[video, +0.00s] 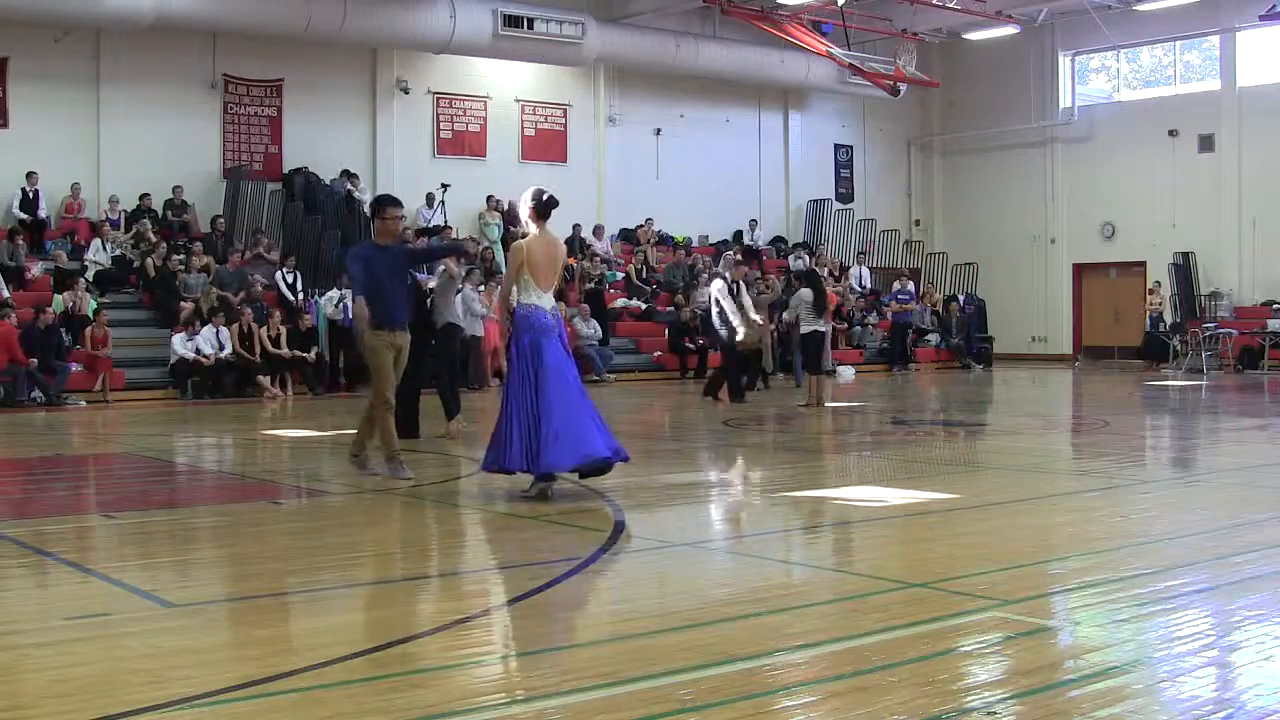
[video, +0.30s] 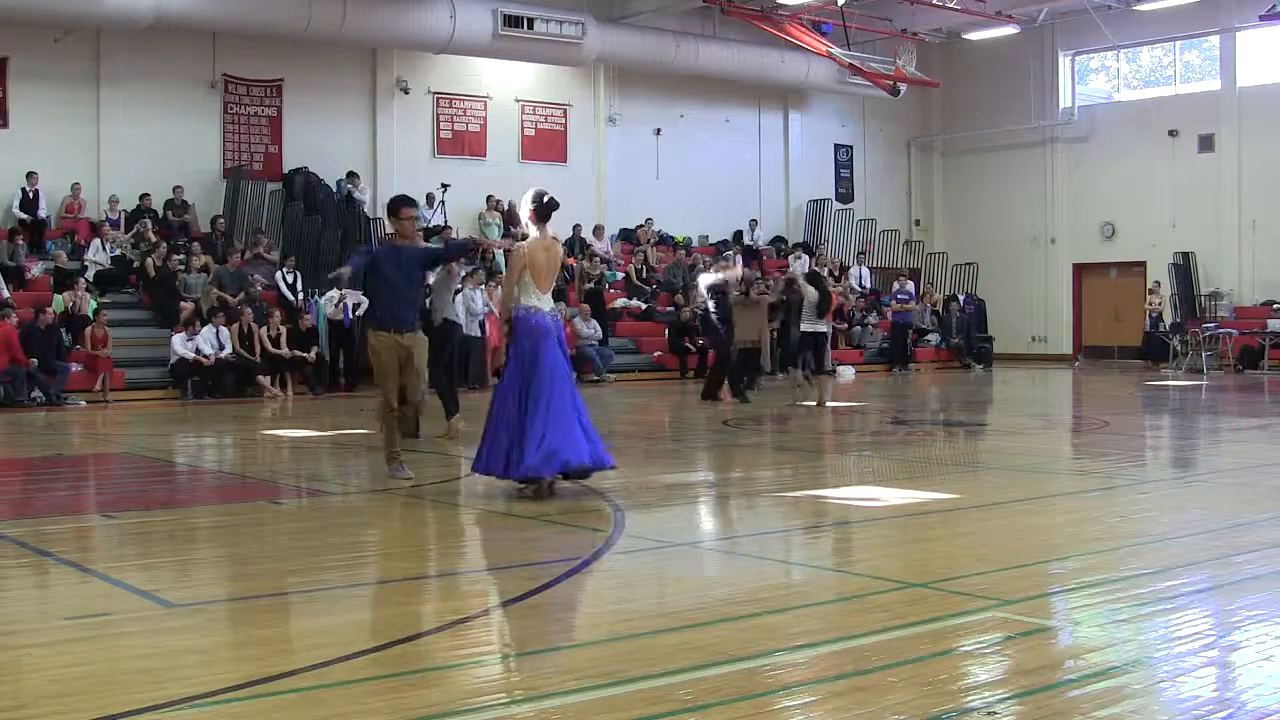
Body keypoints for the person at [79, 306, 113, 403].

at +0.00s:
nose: (105, 318)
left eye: (106, 316)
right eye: (103, 316)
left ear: (105, 318)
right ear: (96, 318)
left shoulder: (108, 331)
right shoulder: (88, 331)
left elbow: (109, 348)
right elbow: (88, 350)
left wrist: (105, 352)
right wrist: (99, 353)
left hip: (103, 355)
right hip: (92, 356)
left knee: (106, 361)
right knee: (107, 365)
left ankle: (99, 381)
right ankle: (106, 393)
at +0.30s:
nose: (105, 318)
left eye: (106, 315)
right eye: (103, 315)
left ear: (106, 317)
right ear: (96, 317)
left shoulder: (107, 331)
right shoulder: (88, 330)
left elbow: (109, 349)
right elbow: (88, 350)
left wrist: (104, 352)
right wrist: (99, 353)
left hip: (103, 355)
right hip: (92, 356)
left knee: (103, 359)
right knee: (107, 364)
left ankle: (98, 382)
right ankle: (106, 394)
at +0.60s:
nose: (105, 318)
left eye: (106, 315)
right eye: (103, 315)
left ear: (106, 317)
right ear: (96, 317)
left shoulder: (107, 331)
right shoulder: (88, 330)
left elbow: (109, 349)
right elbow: (88, 350)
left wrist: (104, 352)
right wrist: (99, 353)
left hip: (103, 355)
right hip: (92, 356)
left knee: (103, 359)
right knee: (107, 364)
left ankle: (98, 382)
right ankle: (106, 394)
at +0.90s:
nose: (106, 318)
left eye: (106, 315)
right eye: (104, 315)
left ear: (106, 317)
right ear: (97, 317)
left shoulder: (108, 330)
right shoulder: (89, 330)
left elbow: (109, 349)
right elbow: (88, 350)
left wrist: (103, 352)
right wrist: (99, 353)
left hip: (103, 355)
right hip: (92, 356)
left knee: (104, 358)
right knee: (107, 363)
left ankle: (99, 382)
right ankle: (107, 393)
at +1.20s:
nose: (106, 318)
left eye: (106, 315)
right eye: (104, 315)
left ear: (106, 317)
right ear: (97, 317)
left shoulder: (108, 331)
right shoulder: (89, 330)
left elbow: (109, 349)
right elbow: (88, 350)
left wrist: (104, 352)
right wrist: (99, 353)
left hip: (103, 355)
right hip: (92, 356)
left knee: (105, 359)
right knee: (107, 364)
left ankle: (99, 382)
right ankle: (107, 393)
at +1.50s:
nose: (106, 317)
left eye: (106, 315)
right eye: (104, 315)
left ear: (106, 317)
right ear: (97, 316)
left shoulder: (107, 331)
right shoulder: (89, 330)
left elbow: (109, 349)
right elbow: (88, 350)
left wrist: (100, 352)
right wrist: (100, 353)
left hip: (103, 355)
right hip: (92, 356)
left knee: (105, 361)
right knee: (107, 364)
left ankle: (99, 382)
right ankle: (107, 393)